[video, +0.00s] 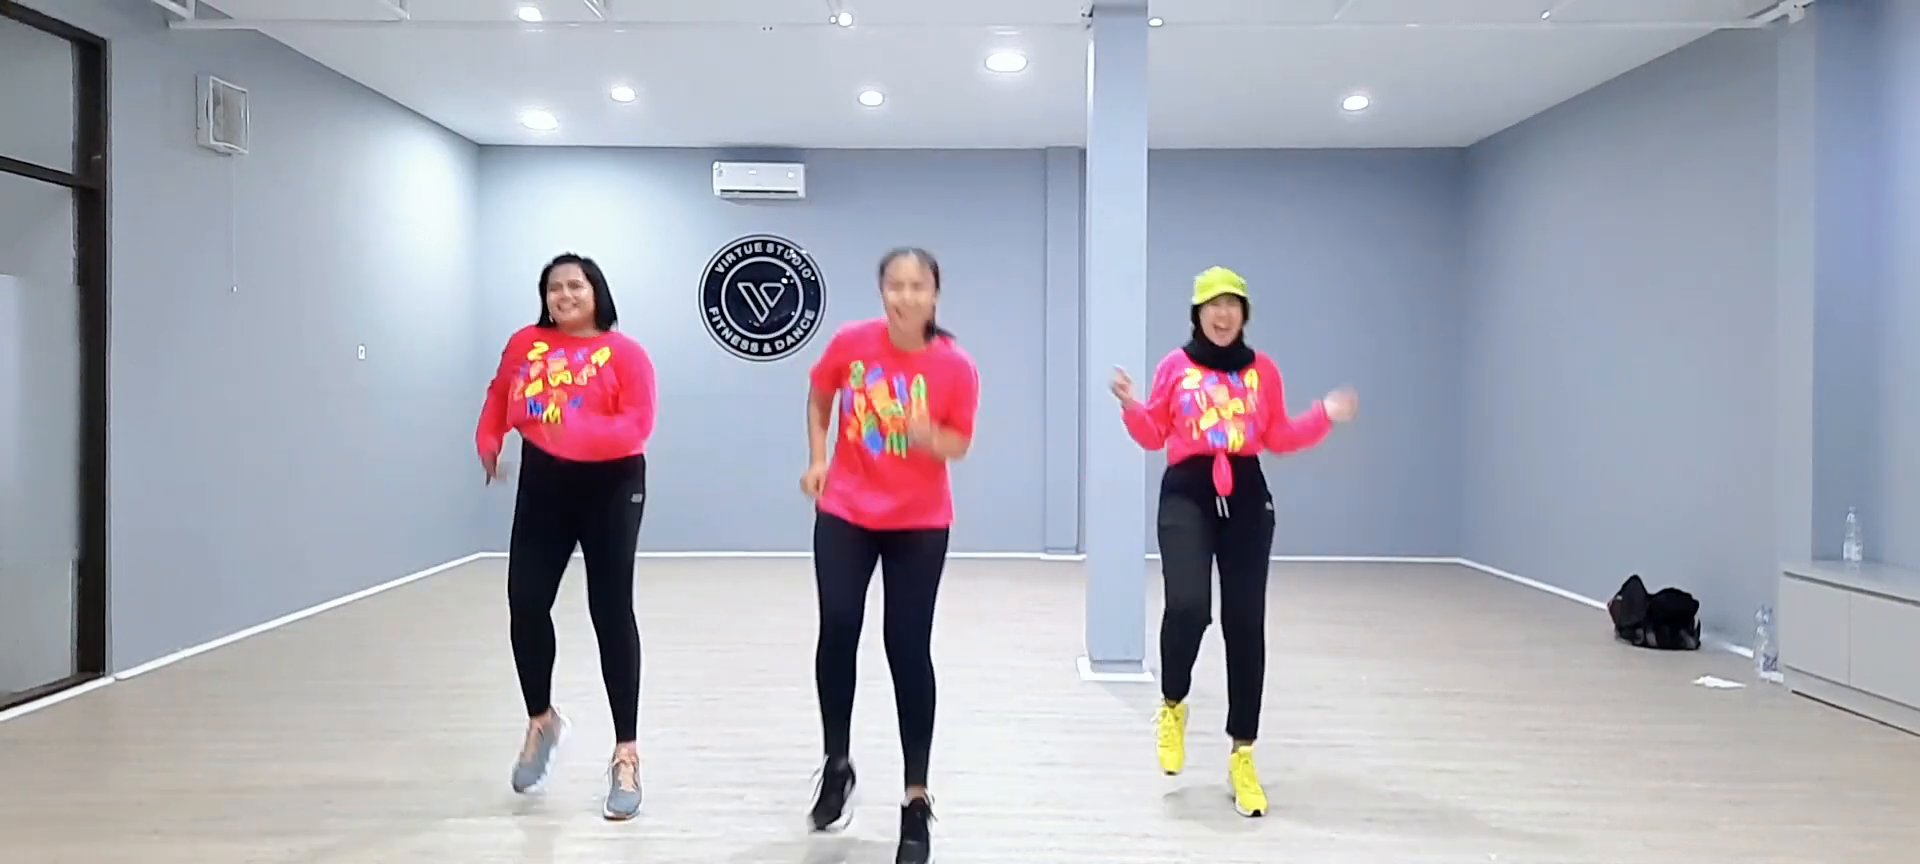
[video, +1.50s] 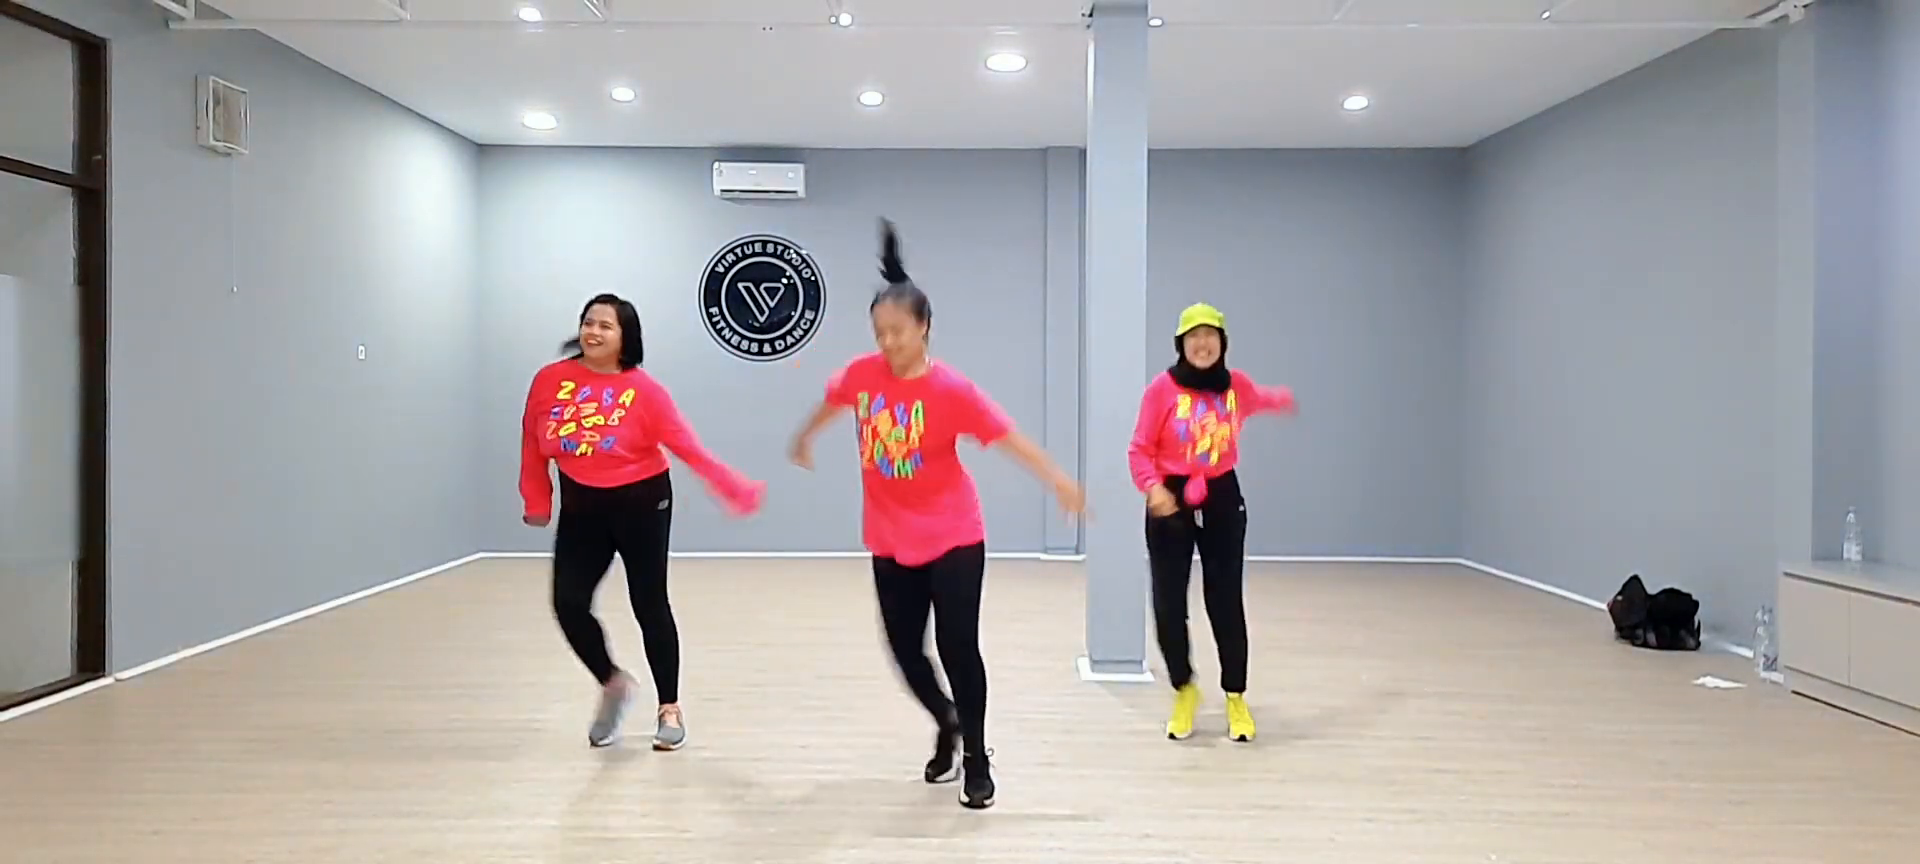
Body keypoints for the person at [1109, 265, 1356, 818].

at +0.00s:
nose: (1224, 316)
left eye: (1232, 306)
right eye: (1214, 306)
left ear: (1245, 313)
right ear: (1198, 312)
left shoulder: (1263, 370)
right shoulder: (1176, 365)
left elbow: (1278, 437)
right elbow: (1154, 436)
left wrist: (1325, 415)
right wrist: (1129, 404)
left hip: (1246, 496)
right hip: (1186, 493)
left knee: (1246, 626)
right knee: (1187, 609)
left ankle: (1243, 754)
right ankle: (1173, 710)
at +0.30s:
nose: (1191, 326)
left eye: (1200, 317)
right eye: (1182, 317)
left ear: (1213, 323)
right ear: (1167, 324)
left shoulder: (1232, 371)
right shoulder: (1153, 382)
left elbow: (1252, 431)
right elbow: (1135, 454)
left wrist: (1280, 391)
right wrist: (1108, 406)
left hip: (1226, 504)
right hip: (1166, 507)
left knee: (1240, 617)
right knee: (1176, 624)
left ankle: (1225, 700)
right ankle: (1181, 744)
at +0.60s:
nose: (1205, 324)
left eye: (1213, 316)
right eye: (1196, 316)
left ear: (1223, 321)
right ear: (1180, 321)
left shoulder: (1236, 375)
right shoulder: (1158, 365)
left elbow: (1253, 441)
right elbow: (1128, 428)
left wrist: (1275, 391)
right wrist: (1109, 389)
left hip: (1217, 489)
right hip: (1162, 487)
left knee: (1205, 602)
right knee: (1167, 589)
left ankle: (1197, 714)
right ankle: (1160, 699)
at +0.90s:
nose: (1186, 314)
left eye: (1193, 306)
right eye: (1177, 307)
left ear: (1205, 312)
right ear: (1164, 314)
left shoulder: (1226, 357)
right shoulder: (1148, 360)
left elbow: (1250, 398)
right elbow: (1134, 415)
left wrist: (1261, 416)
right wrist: (1117, 447)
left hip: (1214, 474)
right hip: (1160, 476)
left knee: (1210, 587)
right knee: (1172, 583)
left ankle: (1211, 701)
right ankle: (1175, 684)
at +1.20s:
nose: (1181, 317)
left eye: (1188, 309)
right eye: (1173, 310)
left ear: (1200, 315)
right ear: (1159, 317)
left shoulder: (1217, 357)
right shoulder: (1143, 367)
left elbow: (1238, 397)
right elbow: (1130, 429)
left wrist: (1262, 431)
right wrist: (1168, 448)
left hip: (1218, 472)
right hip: (1166, 477)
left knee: (1222, 567)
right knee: (1177, 580)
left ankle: (1230, 640)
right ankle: (1179, 688)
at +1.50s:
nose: (1202, 345)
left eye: (1210, 337)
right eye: (1194, 337)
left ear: (1222, 343)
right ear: (1181, 343)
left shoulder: (1237, 388)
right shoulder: (1161, 391)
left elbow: (1265, 399)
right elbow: (1139, 449)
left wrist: (1286, 398)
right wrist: (1153, 487)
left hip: (1221, 501)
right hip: (1170, 503)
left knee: (1225, 600)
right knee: (1167, 603)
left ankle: (1236, 697)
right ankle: (1184, 690)